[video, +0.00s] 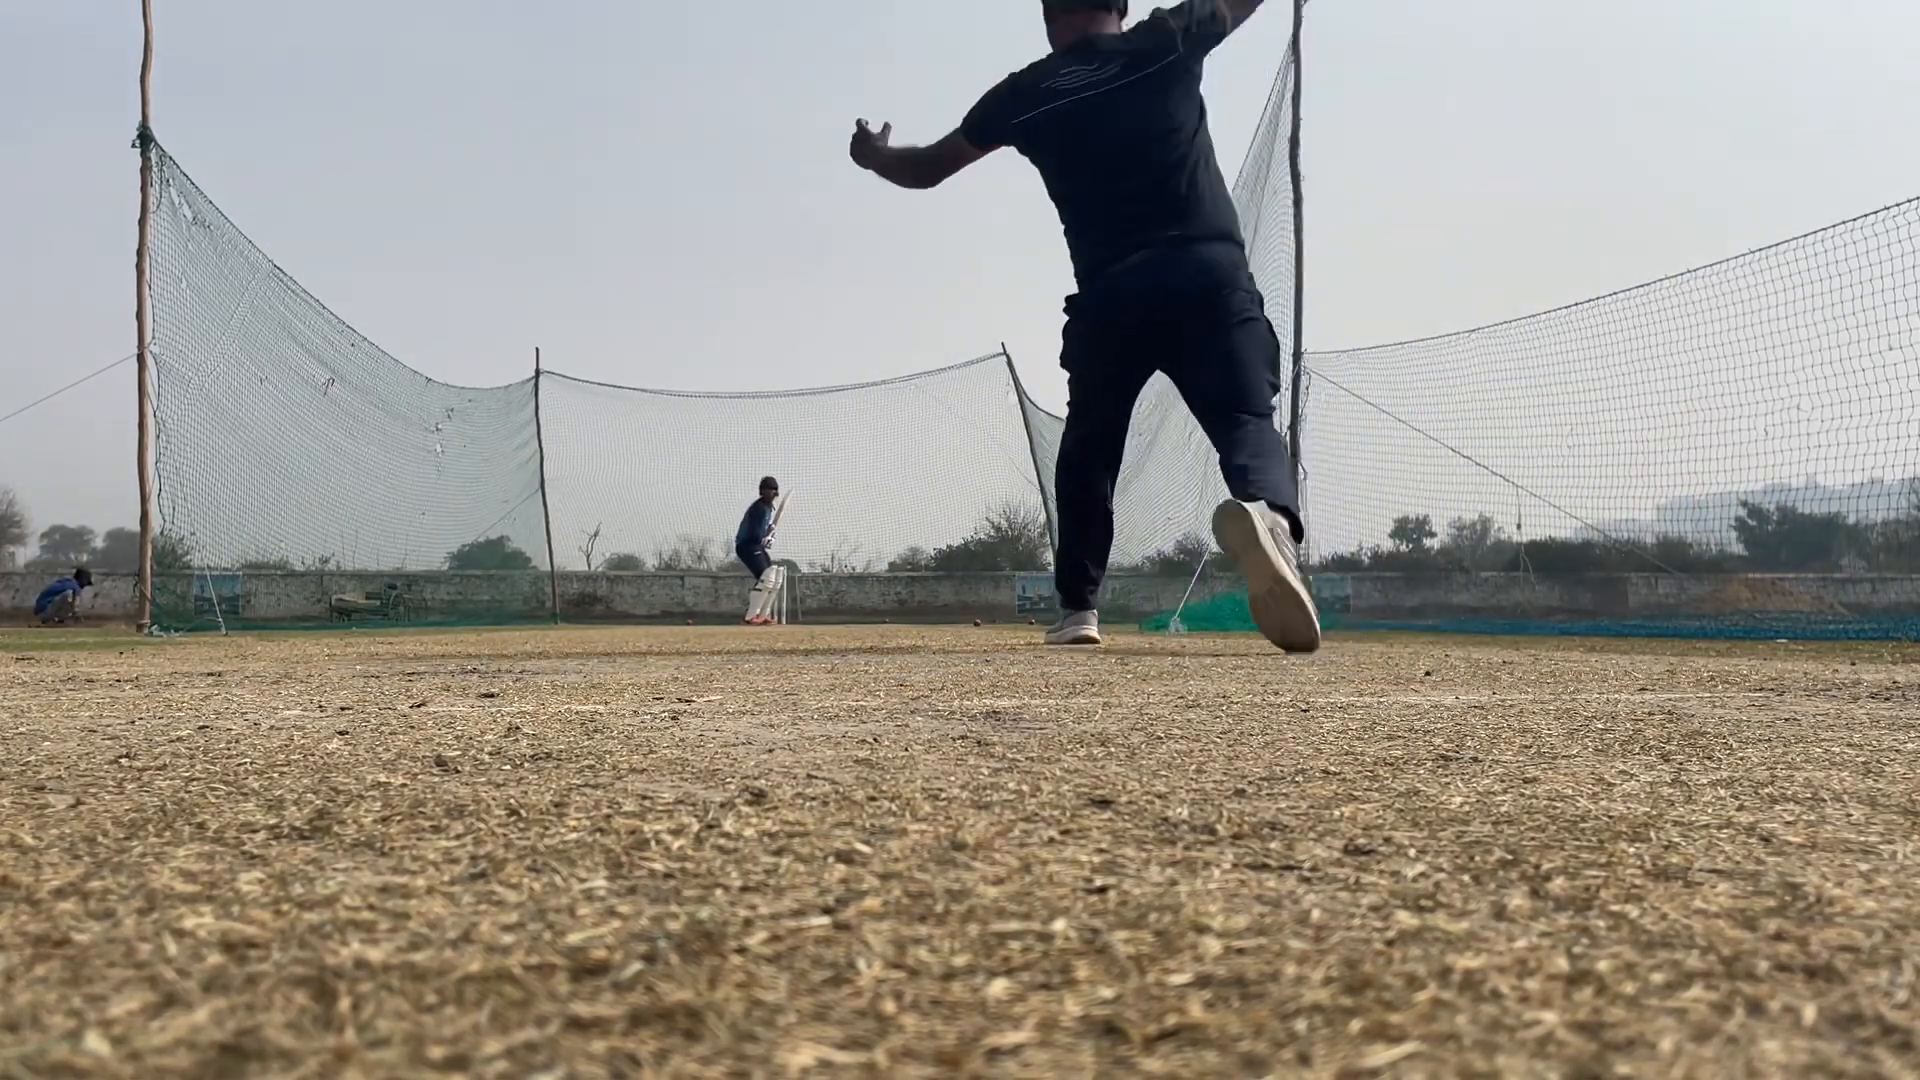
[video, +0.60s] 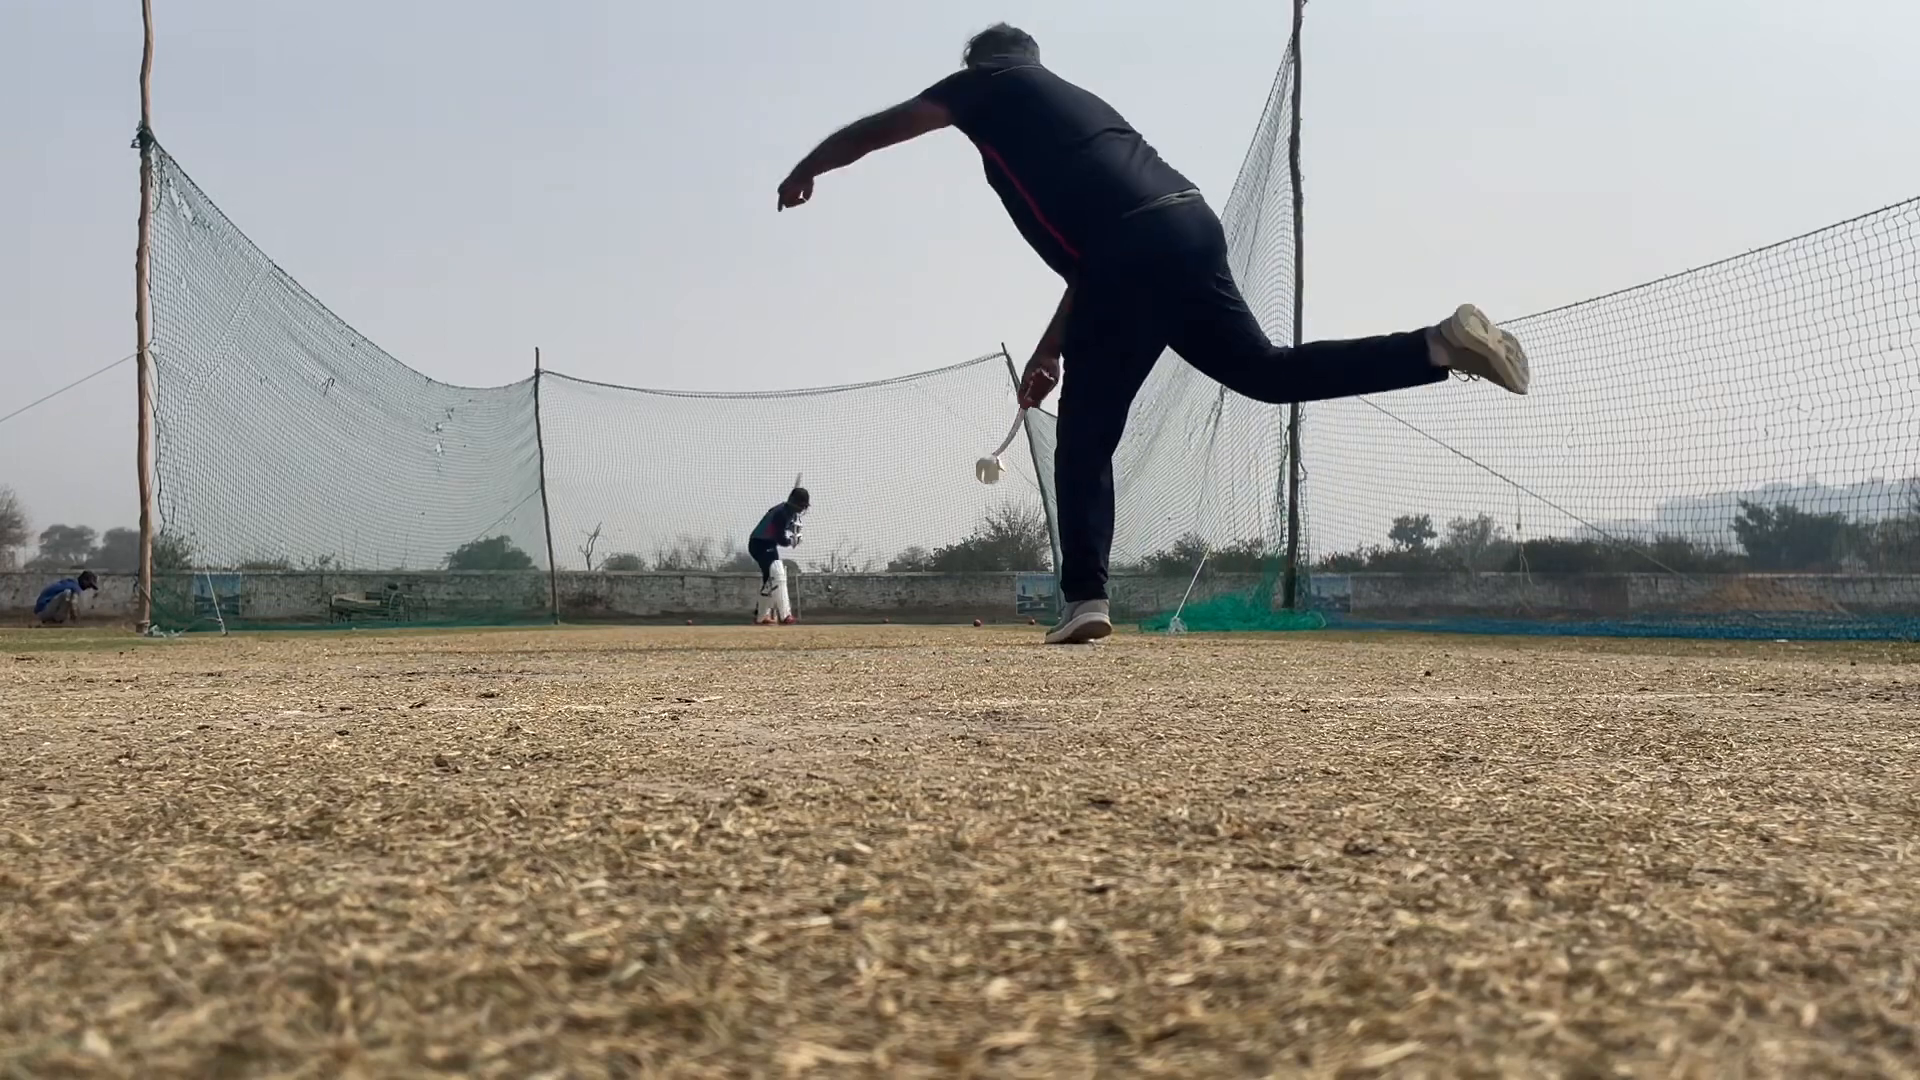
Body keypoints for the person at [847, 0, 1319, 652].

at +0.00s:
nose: (1048, 23)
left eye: (1049, 15)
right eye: (1118, 9)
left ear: (1050, 18)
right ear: (1120, 11)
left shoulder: (1021, 94)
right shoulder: (1170, 38)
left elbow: (927, 167)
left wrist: (873, 154)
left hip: (1109, 293)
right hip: (1209, 269)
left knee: (1090, 446)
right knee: (1245, 415)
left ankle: (1079, 613)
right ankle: (1265, 514)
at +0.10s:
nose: (1001, 92)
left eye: (1000, 81)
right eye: (1003, 83)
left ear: (1005, 76)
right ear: (1070, 62)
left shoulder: (1007, 129)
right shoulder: (1121, 94)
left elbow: (976, 261)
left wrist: (949, 340)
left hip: (1113, 272)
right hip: (1211, 249)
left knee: (1085, 439)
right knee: (1220, 423)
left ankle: (1079, 612)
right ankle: (1205, 510)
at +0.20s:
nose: (974, 127)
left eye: (971, 114)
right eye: (972, 116)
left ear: (980, 102)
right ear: (1034, 87)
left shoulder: (998, 116)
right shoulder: (1087, 126)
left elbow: (1033, 183)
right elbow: (1099, 264)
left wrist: (1042, 252)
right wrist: (1038, 372)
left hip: (1111, 251)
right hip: (1199, 229)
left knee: (1083, 432)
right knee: (1254, 396)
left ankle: (1080, 611)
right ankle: (1242, 442)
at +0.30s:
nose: (956, 171)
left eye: (954, 152)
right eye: (950, 158)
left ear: (974, 130)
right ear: (979, 141)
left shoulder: (997, 116)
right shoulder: (1038, 194)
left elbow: (1014, 31)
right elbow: (1065, 280)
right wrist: (1012, 312)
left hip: (1120, 258)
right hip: (1200, 233)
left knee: (1079, 432)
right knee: (1291, 381)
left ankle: (1081, 605)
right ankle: (1374, 324)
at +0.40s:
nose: (953, 157)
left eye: (950, 138)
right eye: (948, 145)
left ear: (970, 114)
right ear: (974, 135)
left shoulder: (997, 94)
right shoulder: (1018, 202)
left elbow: (963, 12)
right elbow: (1027, 295)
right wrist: (975, 328)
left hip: (1125, 257)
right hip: (1191, 233)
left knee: (1083, 443)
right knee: (1312, 355)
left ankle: (1084, 609)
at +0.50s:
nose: (942, 84)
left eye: (949, 76)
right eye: (945, 77)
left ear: (969, 77)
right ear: (1008, 96)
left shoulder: (994, 82)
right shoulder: (1050, 162)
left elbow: (878, 21)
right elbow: (1051, 275)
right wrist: (987, 356)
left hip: (1120, 262)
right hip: (1189, 237)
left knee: (1086, 437)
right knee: (1307, 358)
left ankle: (1085, 609)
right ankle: (1466, 268)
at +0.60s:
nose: (962, 93)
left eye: (966, 80)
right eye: (971, 83)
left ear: (980, 67)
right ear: (1030, 62)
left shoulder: (983, 83)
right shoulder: (1072, 104)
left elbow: (875, 132)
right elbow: (1100, 251)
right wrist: (1048, 351)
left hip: (1124, 254)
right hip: (1190, 227)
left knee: (1086, 439)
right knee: (1269, 374)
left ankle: (1086, 611)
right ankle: (1441, 349)